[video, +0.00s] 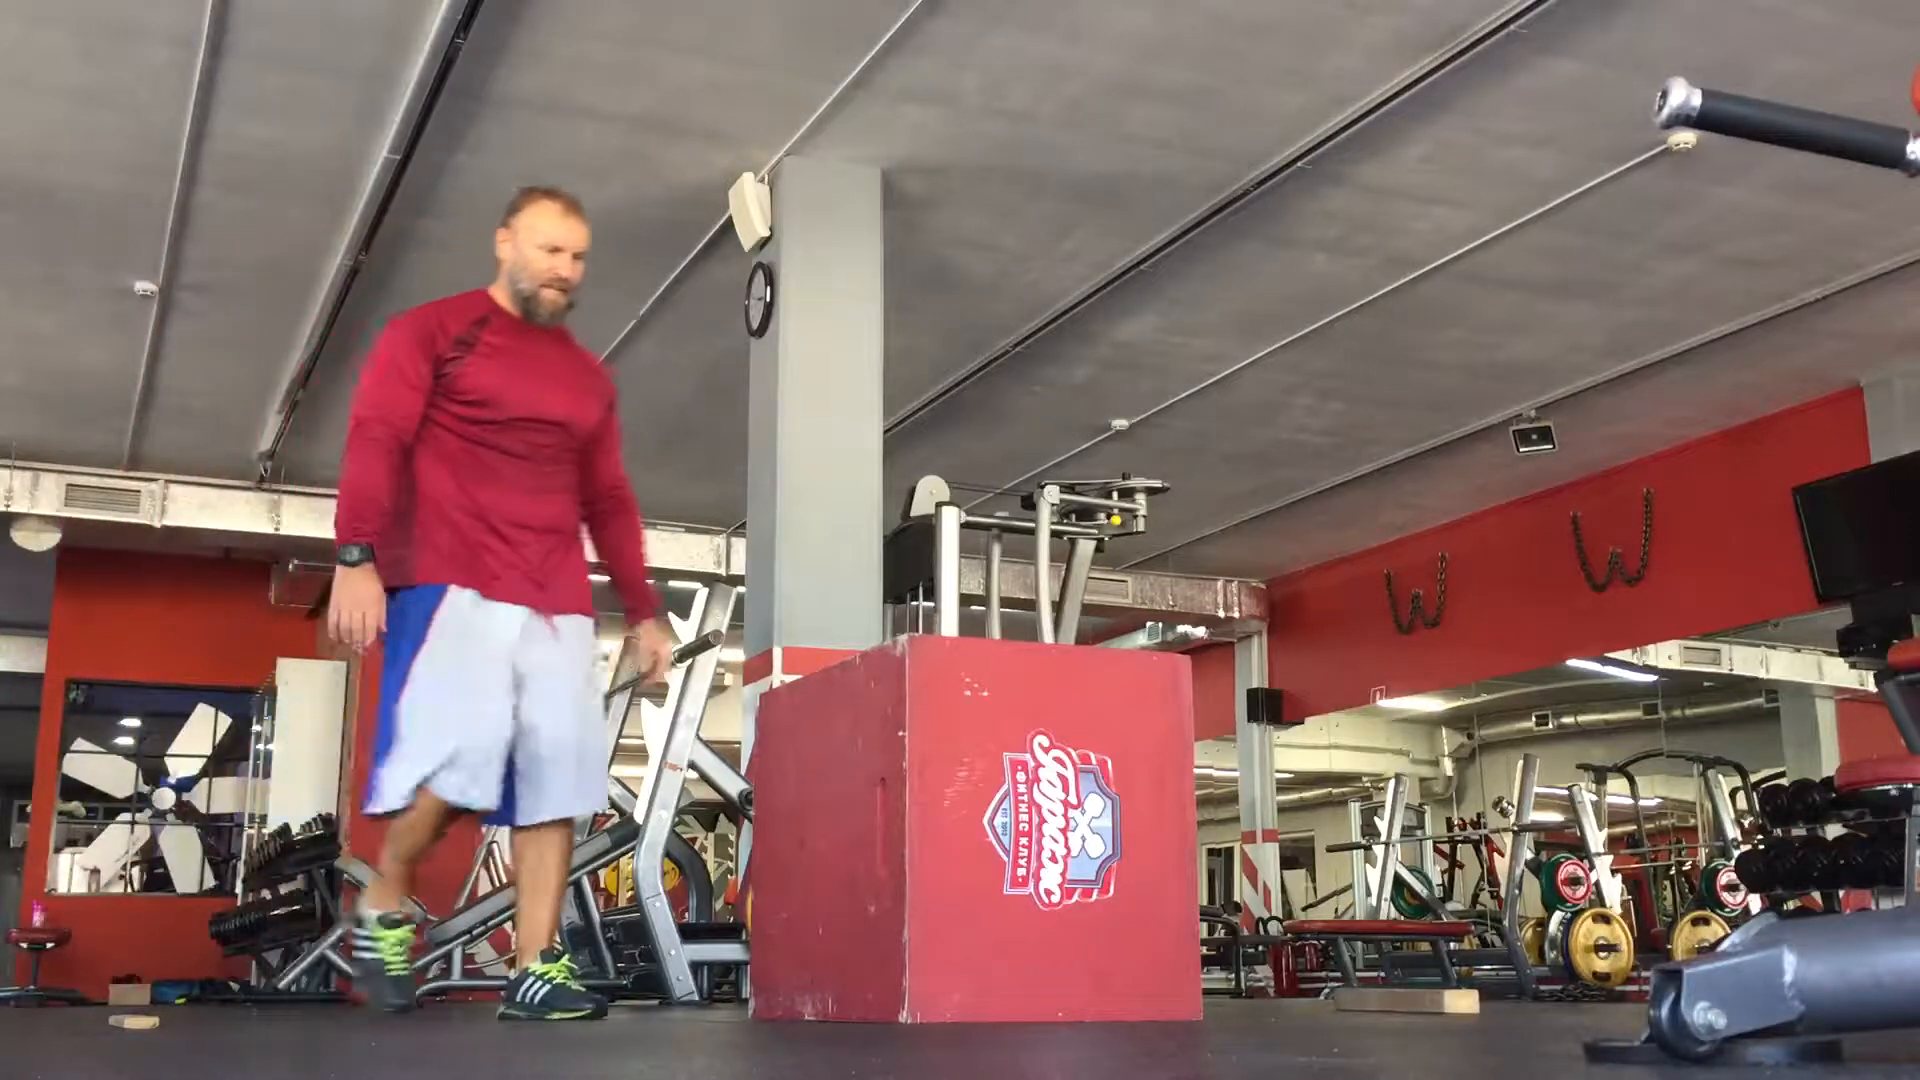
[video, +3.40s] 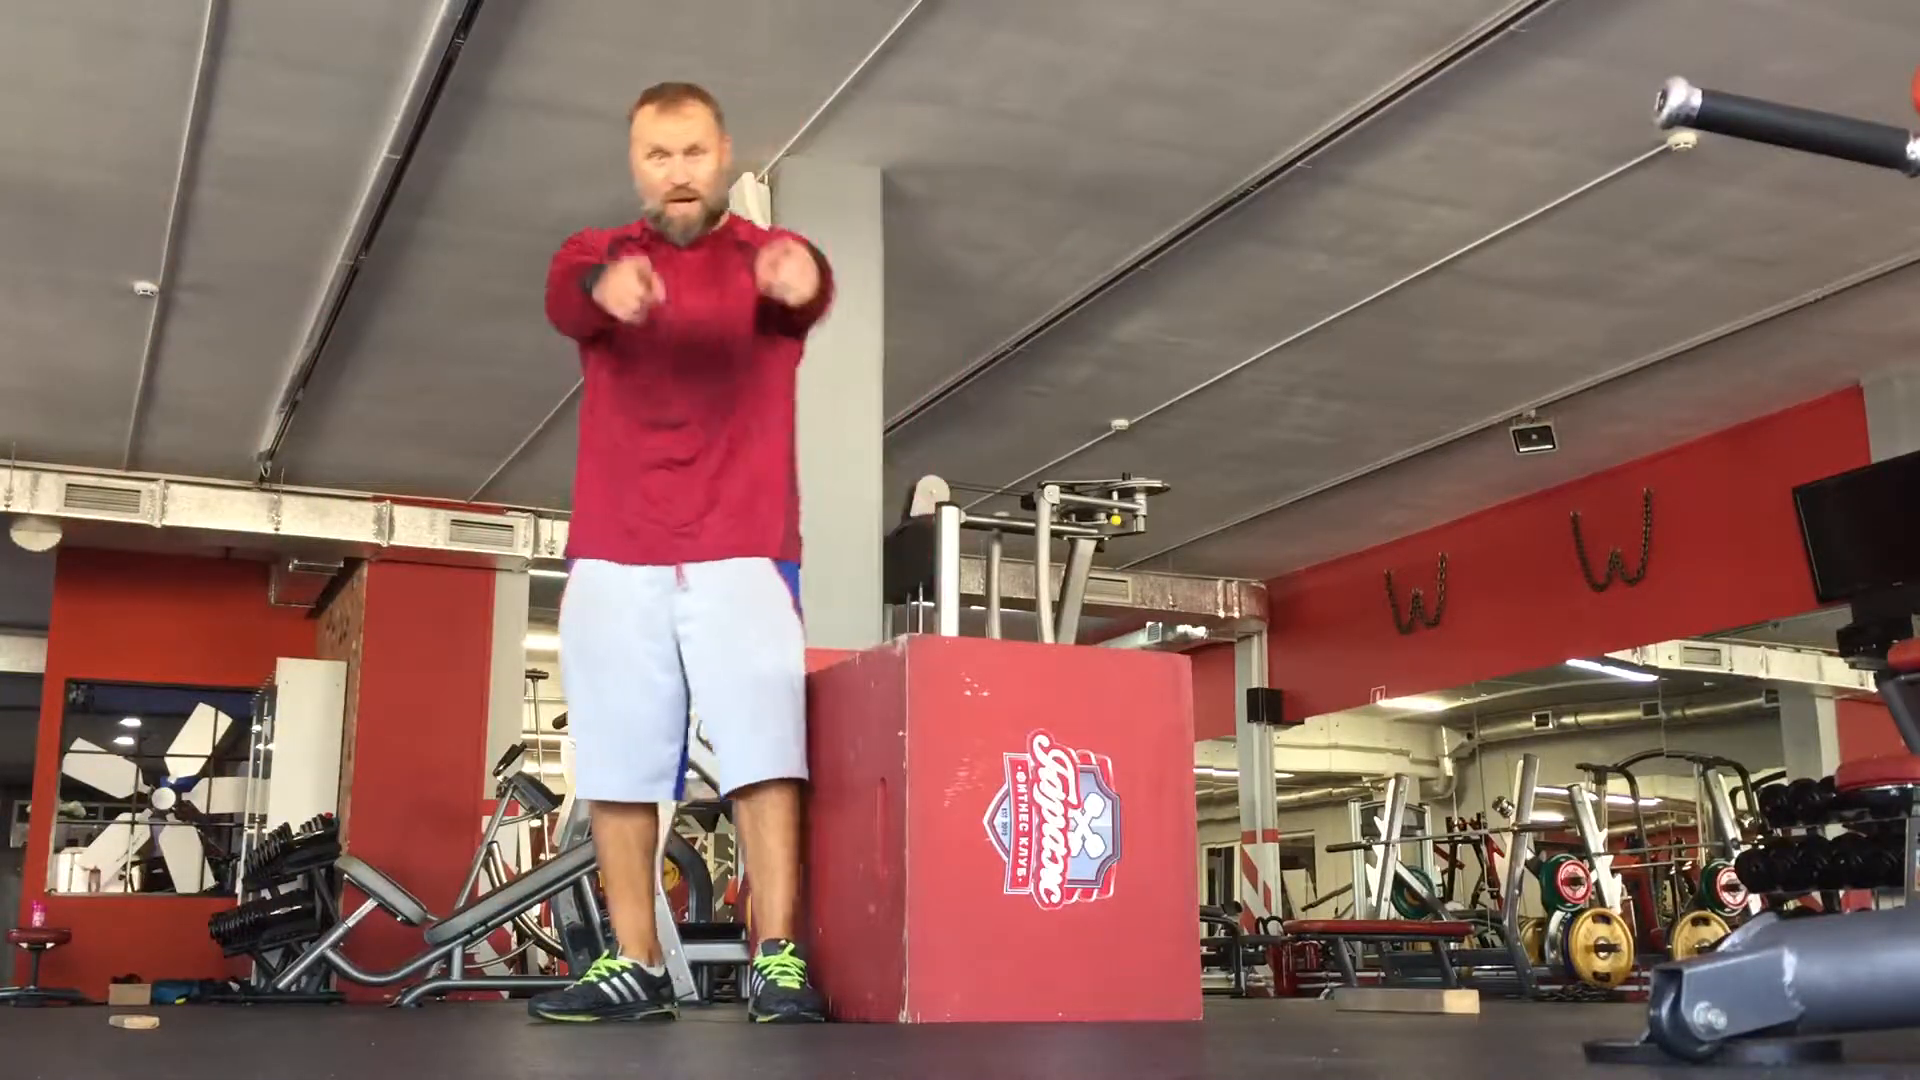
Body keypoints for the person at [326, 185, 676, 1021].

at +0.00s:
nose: (568, 269)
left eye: (579, 256)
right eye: (552, 249)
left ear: (584, 268)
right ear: (503, 245)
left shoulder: (588, 376)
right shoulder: (429, 334)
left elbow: (610, 499)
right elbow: (376, 439)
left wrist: (644, 613)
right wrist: (355, 559)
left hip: (556, 599)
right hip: (451, 583)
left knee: (557, 771)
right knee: (463, 759)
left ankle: (534, 965)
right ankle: (387, 892)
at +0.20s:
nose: (603, 251)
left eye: (616, 237)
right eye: (588, 231)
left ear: (627, 243)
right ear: (541, 226)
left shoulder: (644, 352)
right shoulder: (470, 321)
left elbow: (677, 466)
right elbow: (409, 430)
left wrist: (726, 558)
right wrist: (379, 552)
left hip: (598, 583)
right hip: (496, 569)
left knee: (578, 766)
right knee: (513, 742)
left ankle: (540, 964)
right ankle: (538, 951)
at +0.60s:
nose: (640, 209)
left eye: (651, 191)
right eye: (620, 189)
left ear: (664, 190)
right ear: (571, 182)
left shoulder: (695, 294)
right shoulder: (507, 288)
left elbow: (726, 425)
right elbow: (465, 419)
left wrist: (738, 539)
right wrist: (473, 545)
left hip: (685, 568)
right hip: (562, 566)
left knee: (718, 743)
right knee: (545, 751)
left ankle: (640, 910)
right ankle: (559, 949)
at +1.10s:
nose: (794, 201)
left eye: (810, 186)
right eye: (777, 182)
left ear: (829, 179)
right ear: (733, 160)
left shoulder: (851, 301)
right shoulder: (646, 244)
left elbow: (871, 440)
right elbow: (578, 365)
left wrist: (888, 563)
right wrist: (536, 488)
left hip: (769, 551)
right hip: (633, 534)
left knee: (782, 746)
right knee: (597, 741)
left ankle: (780, 960)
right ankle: (574, 951)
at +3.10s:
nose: (782, 143)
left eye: (801, 126)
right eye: (764, 125)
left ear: (830, 136)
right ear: (734, 132)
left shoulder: (874, 270)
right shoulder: (669, 236)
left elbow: (899, 403)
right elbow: (615, 357)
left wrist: (876, 519)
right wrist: (602, 469)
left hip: (795, 543)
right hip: (665, 533)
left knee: (786, 746)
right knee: (639, 740)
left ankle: (779, 958)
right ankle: (643, 956)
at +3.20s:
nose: (747, 147)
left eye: (766, 129)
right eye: (729, 130)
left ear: (797, 139)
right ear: (702, 141)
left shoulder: (849, 268)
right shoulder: (647, 248)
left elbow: (887, 380)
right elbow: (590, 356)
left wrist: (861, 433)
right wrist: (608, 423)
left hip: (784, 531)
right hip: (656, 528)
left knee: (782, 742)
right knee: (636, 740)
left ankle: (779, 958)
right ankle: (640, 964)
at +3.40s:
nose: (676, 167)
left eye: (694, 150)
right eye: (657, 153)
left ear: (726, 162)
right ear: (634, 169)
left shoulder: (767, 253)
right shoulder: (597, 252)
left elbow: (805, 279)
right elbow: (567, 291)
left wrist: (798, 280)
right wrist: (605, 288)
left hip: (741, 549)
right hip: (615, 553)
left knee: (762, 750)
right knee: (618, 754)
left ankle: (775, 958)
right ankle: (636, 963)